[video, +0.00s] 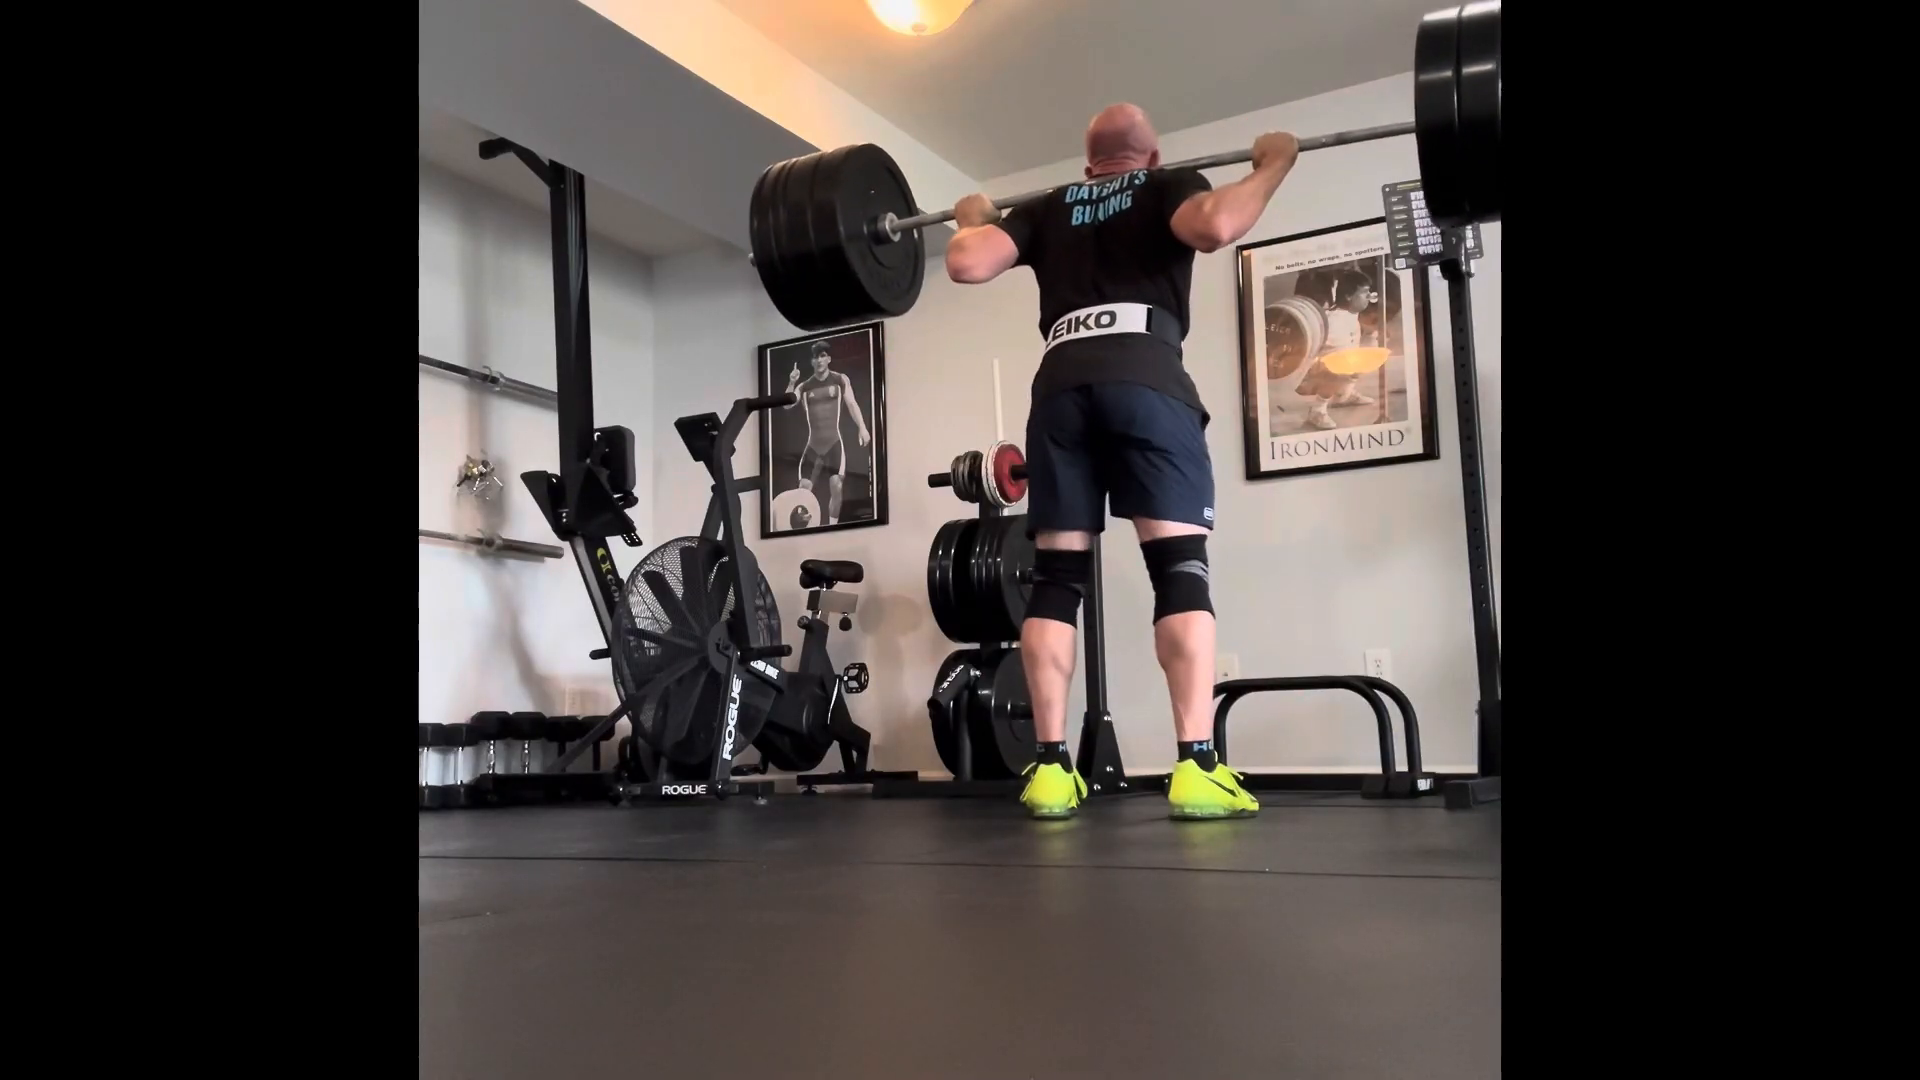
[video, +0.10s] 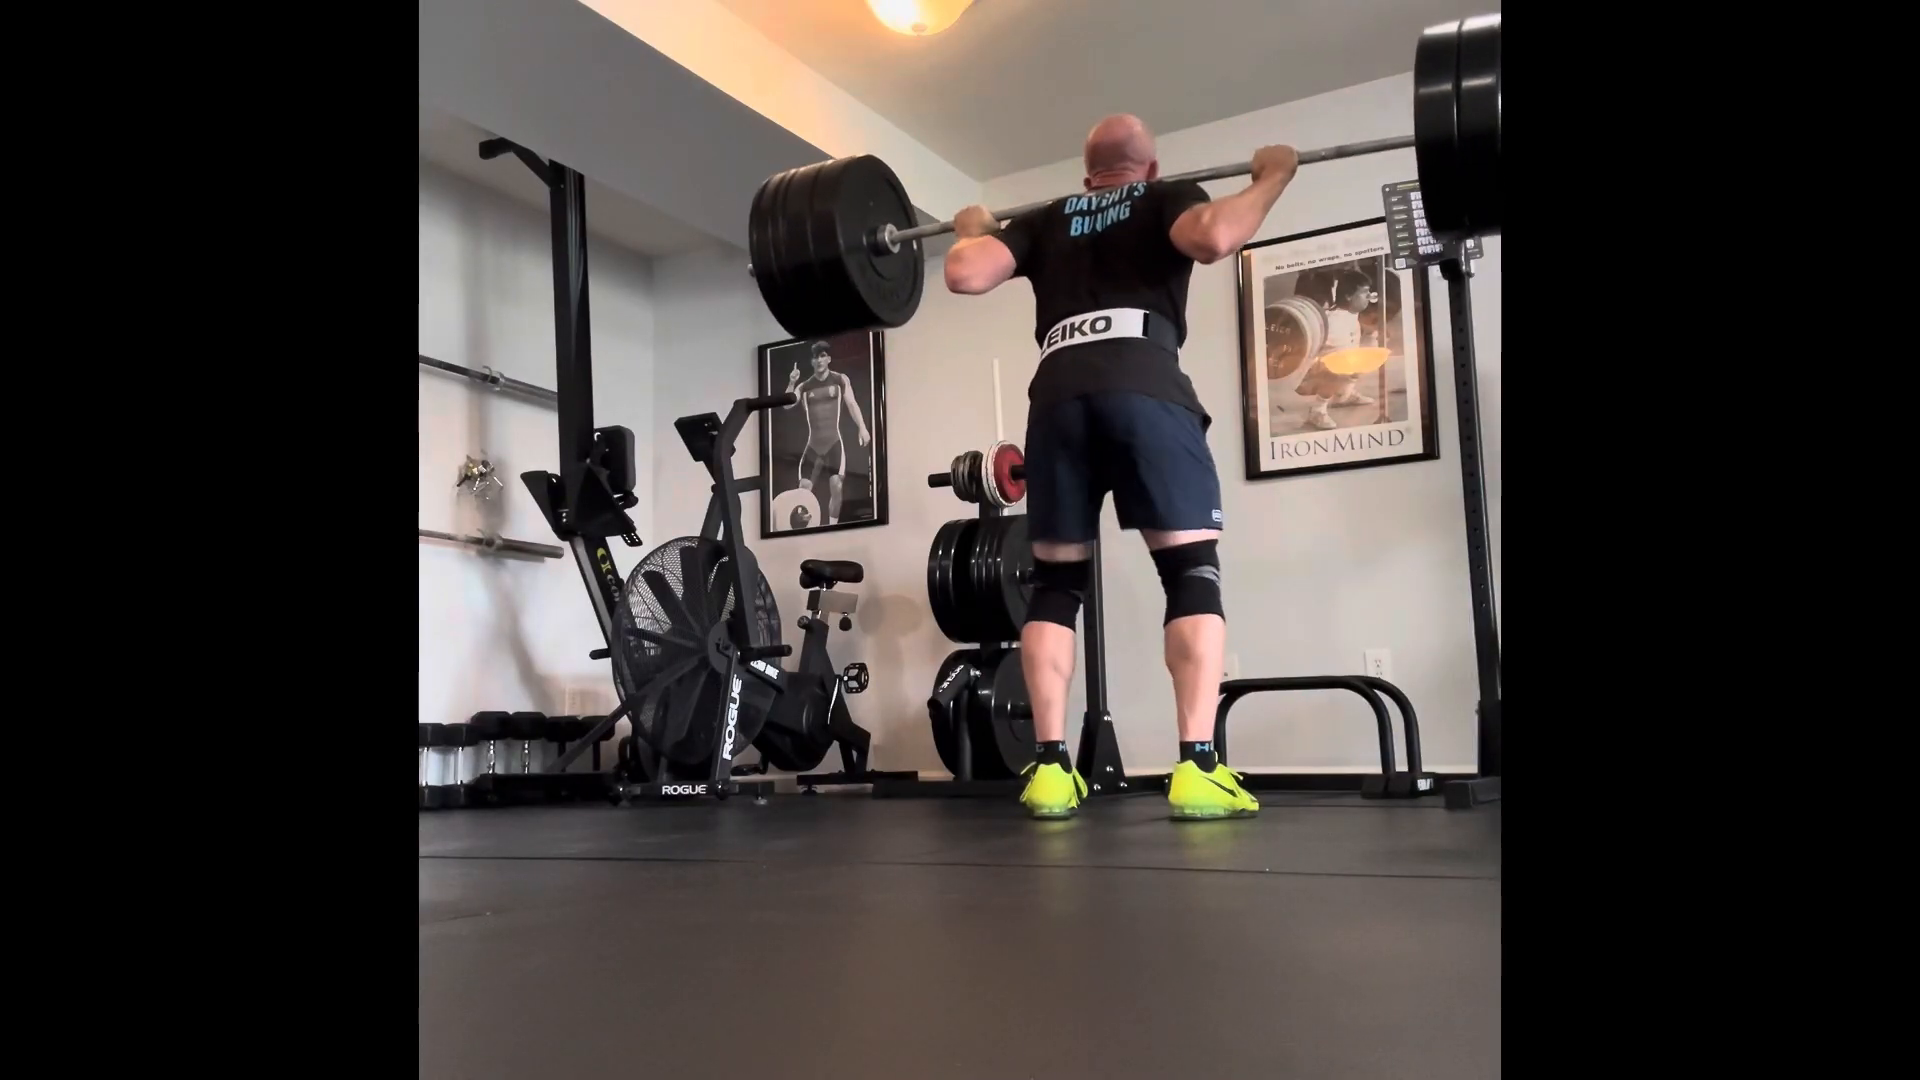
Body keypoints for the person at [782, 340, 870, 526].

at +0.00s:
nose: (819, 361)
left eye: (823, 356)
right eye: (816, 357)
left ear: (829, 359)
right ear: (811, 361)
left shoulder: (840, 380)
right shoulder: (803, 386)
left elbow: (852, 405)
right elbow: (787, 406)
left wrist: (862, 428)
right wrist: (791, 384)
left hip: (834, 442)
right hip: (813, 444)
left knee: (836, 485)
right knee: (804, 486)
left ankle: (832, 529)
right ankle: (802, 528)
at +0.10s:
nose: (819, 361)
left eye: (823, 356)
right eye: (816, 357)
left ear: (829, 359)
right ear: (811, 361)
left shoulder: (840, 380)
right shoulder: (803, 386)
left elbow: (852, 405)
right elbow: (787, 406)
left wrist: (862, 428)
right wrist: (791, 384)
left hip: (834, 442)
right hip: (813, 444)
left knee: (836, 484)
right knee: (804, 486)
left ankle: (832, 529)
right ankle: (802, 528)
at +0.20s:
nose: (819, 361)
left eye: (822, 356)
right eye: (815, 357)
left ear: (829, 359)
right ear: (811, 361)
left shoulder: (840, 380)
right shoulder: (803, 387)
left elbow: (852, 405)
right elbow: (787, 405)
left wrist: (862, 428)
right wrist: (792, 383)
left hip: (834, 443)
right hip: (813, 445)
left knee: (836, 485)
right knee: (804, 486)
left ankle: (832, 529)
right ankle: (802, 528)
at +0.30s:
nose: (820, 371)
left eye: (822, 367)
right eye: (815, 368)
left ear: (827, 366)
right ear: (810, 369)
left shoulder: (840, 380)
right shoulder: (803, 386)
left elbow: (851, 404)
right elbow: (786, 405)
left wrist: (862, 428)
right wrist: (791, 383)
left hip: (834, 443)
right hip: (813, 445)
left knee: (836, 485)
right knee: (804, 487)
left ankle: (832, 529)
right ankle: (802, 528)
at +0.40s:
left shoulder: (840, 386)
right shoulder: (802, 386)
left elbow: (851, 404)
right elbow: (788, 405)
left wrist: (862, 427)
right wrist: (790, 393)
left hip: (834, 443)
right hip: (813, 444)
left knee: (836, 485)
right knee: (804, 485)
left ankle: (832, 528)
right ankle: (800, 527)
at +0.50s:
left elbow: (851, 404)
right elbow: (788, 405)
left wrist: (862, 427)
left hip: (834, 443)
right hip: (812, 445)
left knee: (837, 486)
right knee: (804, 487)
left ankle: (832, 529)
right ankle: (800, 527)